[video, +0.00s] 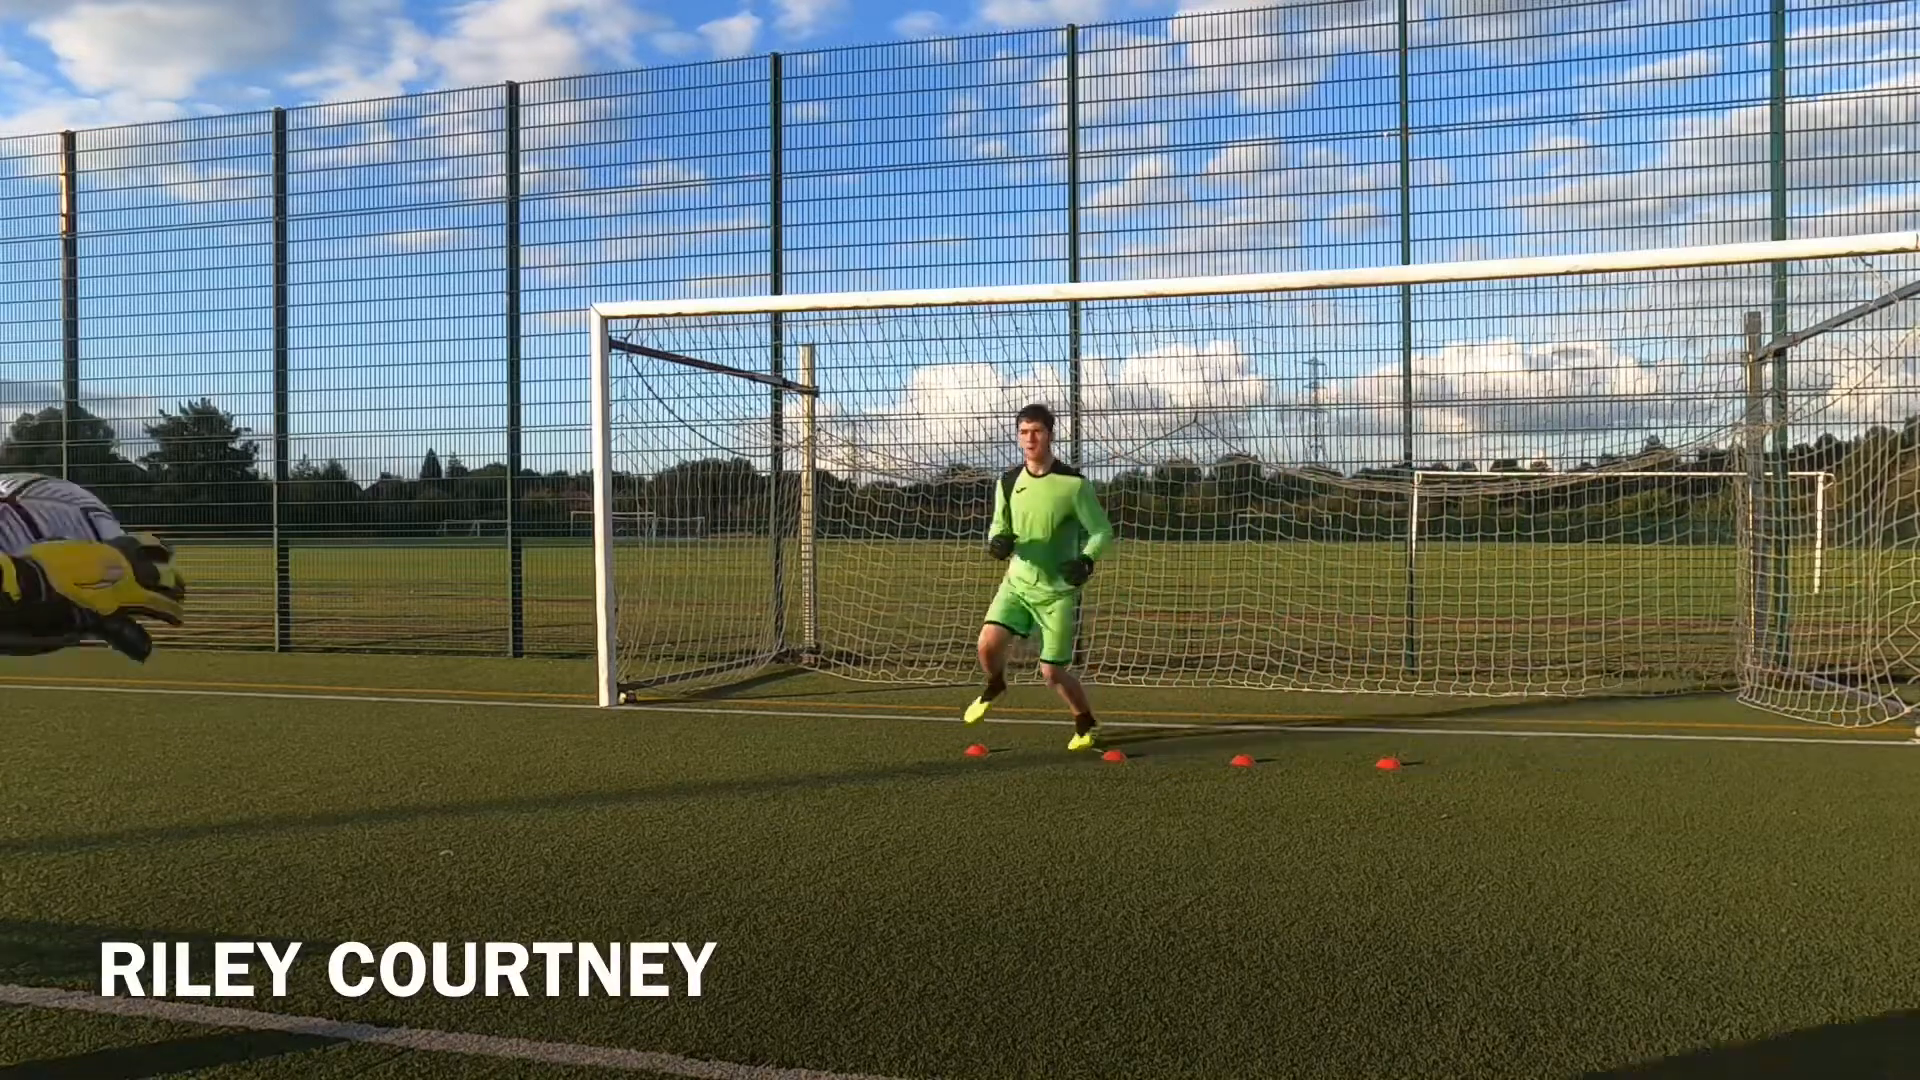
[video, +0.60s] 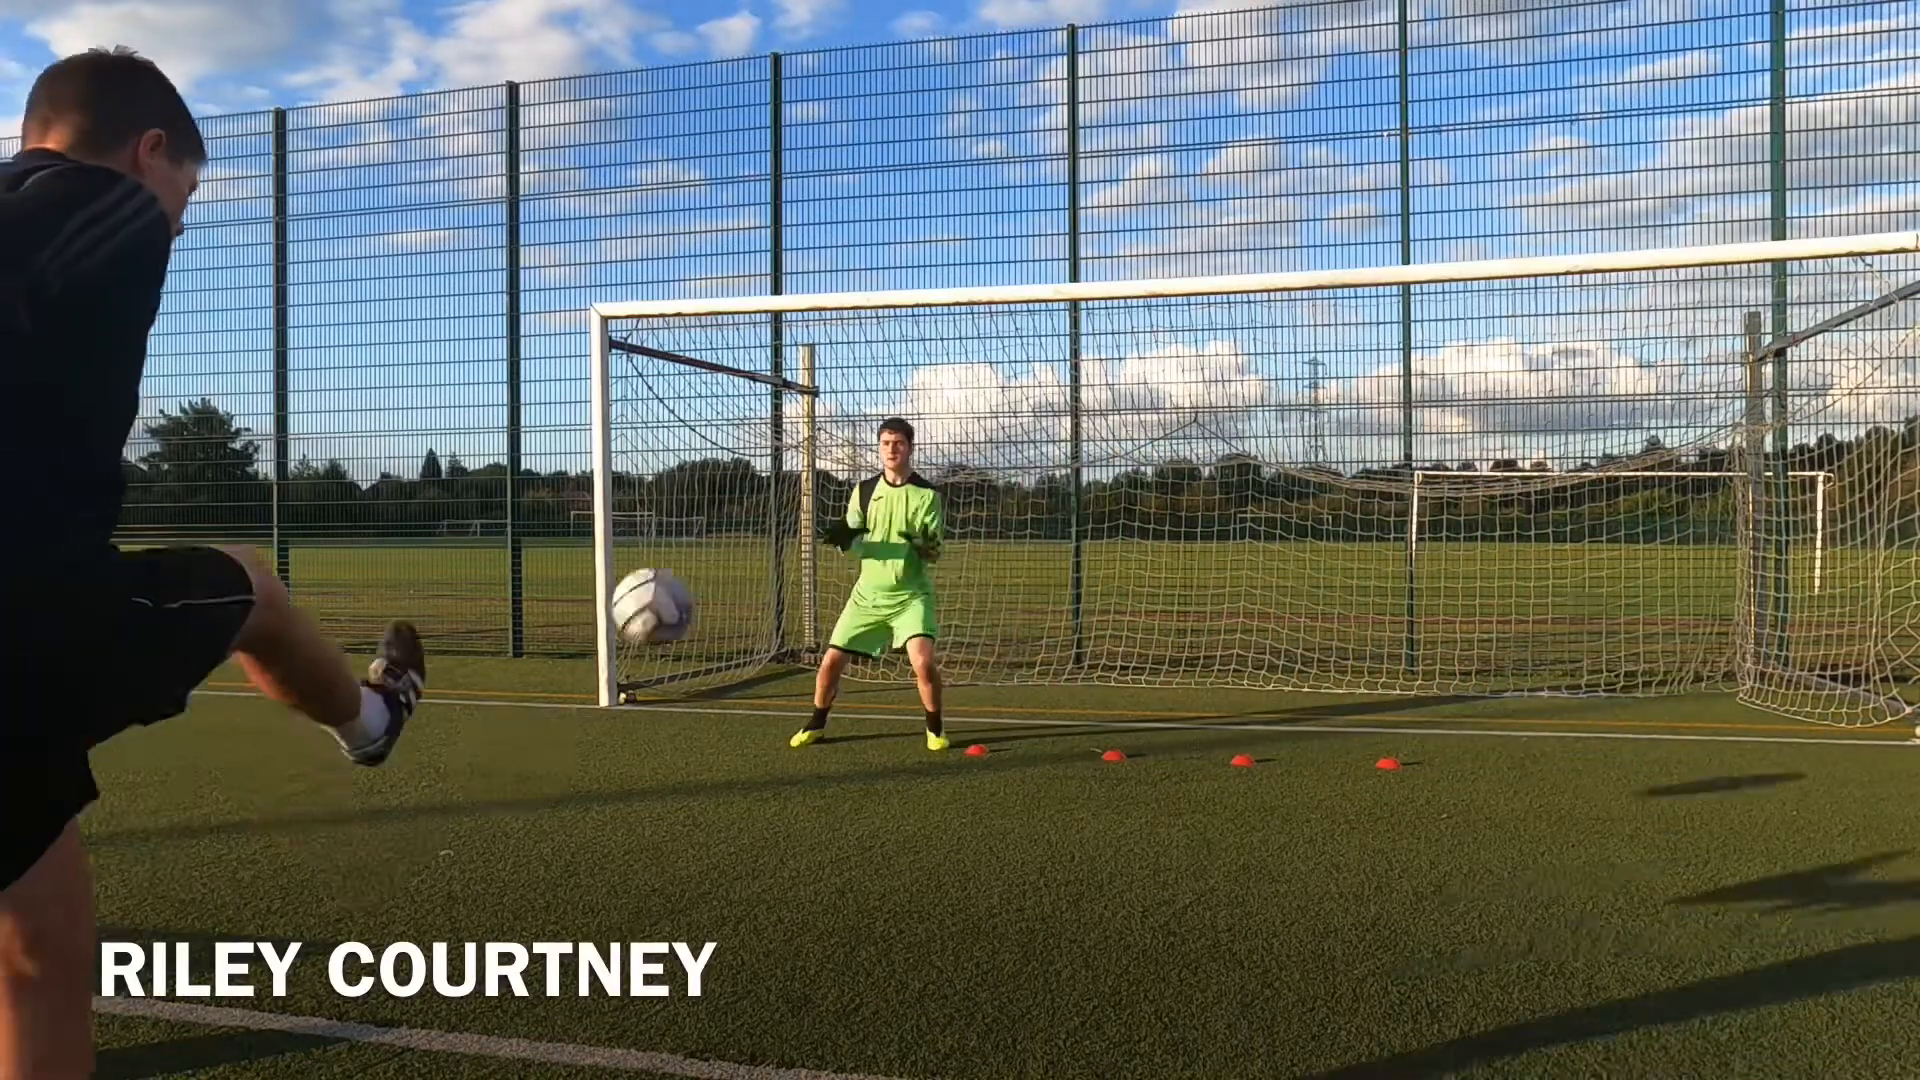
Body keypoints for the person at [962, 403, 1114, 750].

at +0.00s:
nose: (1030, 438)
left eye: (1036, 432)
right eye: (1024, 432)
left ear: (1050, 435)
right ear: (1017, 438)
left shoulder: (1075, 485)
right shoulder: (1007, 483)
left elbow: (1103, 532)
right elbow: (999, 524)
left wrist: (1086, 559)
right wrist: (997, 541)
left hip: (1057, 593)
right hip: (1016, 584)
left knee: (1051, 670)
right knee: (987, 645)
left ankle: (1086, 722)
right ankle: (995, 686)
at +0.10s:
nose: (996, 435)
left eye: (1003, 429)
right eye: (991, 429)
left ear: (1017, 433)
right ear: (986, 435)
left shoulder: (1040, 482)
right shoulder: (972, 479)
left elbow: (1063, 527)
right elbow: (967, 524)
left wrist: (1058, 563)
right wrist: (967, 553)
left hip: (1026, 586)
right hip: (983, 581)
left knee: (1030, 662)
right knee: (960, 654)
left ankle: (1071, 719)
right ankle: (940, 714)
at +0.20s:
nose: (966, 437)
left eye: (973, 431)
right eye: (960, 431)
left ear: (986, 434)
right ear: (953, 436)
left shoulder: (1010, 481)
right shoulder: (940, 478)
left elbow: (1034, 523)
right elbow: (931, 519)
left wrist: (1033, 559)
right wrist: (934, 553)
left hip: (997, 578)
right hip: (952, 577)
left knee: (995, 653)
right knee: (932, 654)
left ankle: (1014, 693)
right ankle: (932, 717)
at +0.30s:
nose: (941, 438)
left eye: (948, 432)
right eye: (936, 432)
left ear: (961, 436)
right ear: (929, 437)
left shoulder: (986, 480)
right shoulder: (918, 476)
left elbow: (1013, 518)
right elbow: (911, 513)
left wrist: (1010, 555)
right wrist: (913, 544)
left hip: (971, 580)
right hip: (928, 577)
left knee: (975, 654)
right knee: (891, 642)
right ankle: (887, 707)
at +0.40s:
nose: (921, 449)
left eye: (928, 442)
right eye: (915, 443)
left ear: (940, 447)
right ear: (908, 448)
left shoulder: (963, 491)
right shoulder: (897, 489)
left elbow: (984, 532)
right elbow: (894, 528)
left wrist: (983, 563)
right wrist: (892, 554)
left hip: (948, 589)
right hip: (904, 584)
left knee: (948, 663)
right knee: (867, 646)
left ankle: (937, 729)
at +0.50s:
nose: (904, 455)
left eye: (911, 449)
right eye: (899, 449)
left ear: (923, 454)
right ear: (891, 455)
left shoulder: (943, 501)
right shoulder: (877, 497)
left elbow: (955, 545)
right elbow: (871, 540)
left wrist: (955, 565)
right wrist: (865, 560)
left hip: (923, 599)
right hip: (880, 597)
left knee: (931, 665)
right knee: (842, 662)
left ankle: (935, 729)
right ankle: (818, 723)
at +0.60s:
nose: (892, 449)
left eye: (898, 444)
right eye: (886, 444)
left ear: (910, 448)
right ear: (879, 449)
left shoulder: (927, 496)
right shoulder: (862, 491)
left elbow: (935, 553)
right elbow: (851, 541)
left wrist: (925, 547)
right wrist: (842, 538)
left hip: (911, 597)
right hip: (866, 595)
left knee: (923, 663)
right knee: (831, 661)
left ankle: (935, 729)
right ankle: (816, 725)